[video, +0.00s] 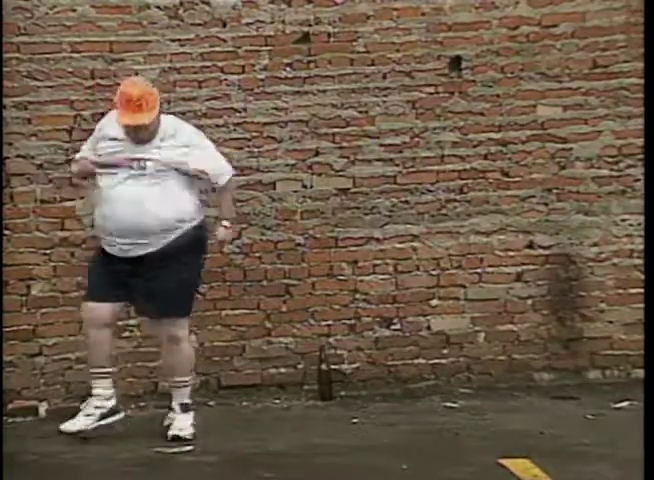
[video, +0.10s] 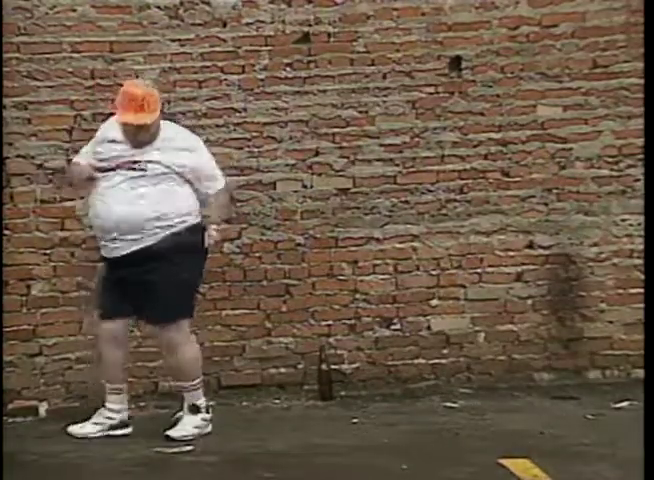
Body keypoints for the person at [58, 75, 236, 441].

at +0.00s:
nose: (137, 131)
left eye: (143, 125)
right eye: (130, 125)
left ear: (157, 114)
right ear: (119, 114)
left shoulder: (184, 137)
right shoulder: (107, 130)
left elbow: (224, 178)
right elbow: (77, 178)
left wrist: (227, 220)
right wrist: (80, 170)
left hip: (174, 246)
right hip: (117, 246)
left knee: (174, 332)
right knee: (95, 316)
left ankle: (182, 411)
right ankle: (103, 400)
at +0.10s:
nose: (135, 132)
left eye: (143, 126)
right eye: (129, 125)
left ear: (158, 118)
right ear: (119, 117)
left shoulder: (184, 144)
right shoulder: (108, 134)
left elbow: (218, 189)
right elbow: (77, 173)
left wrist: (215, 224)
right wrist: (78, 173)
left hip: (173, 246)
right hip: (121, 251)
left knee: (174, 332)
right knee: (111, 330)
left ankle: (197, 411)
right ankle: (115, 412)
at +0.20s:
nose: (130, 135)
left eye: (137, 128)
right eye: (124, 128)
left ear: (154, 117)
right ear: (117, 122)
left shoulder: (180, 146)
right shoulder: (112, 150)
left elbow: (210, 186)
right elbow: (77, 184)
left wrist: (196, 200)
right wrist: (37, 187)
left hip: (172, 254)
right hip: (119, 259)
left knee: (171, 336)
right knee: (99, 329)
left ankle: (195, 413)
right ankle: (112, 412)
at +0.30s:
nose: (114, 120)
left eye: (119, 111)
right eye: (110, 114)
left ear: (140, 101)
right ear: (111, 113)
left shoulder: (171, 127)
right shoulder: (114, 142)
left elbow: (197, 163)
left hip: (172, 250)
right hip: (118, 254)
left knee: (173, 335)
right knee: (99, 328)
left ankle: (195, 412)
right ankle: (108, 404)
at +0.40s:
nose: (100, 107)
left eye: (102, 99)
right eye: (97, 102)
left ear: (124, 88)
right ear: (106, 98)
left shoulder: (161, 110)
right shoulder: (106, 131)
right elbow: (93, 182)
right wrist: (69, 220)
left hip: (169, 240)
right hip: (114, 242)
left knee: (174, 326)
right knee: (109, 319)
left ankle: (192, 407)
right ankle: (112, 400)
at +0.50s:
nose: (95, 109)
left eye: (99, 100)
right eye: (93, 104)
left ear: (121, 94)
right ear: (97, 105)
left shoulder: (150, 113)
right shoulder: (102, 134)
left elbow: (141, 139)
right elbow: (89, 179)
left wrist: (98, 149)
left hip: (168, 240)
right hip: (114, 241)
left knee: (173, 322)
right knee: (122, 322)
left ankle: (181, 406)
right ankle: (127, 405)